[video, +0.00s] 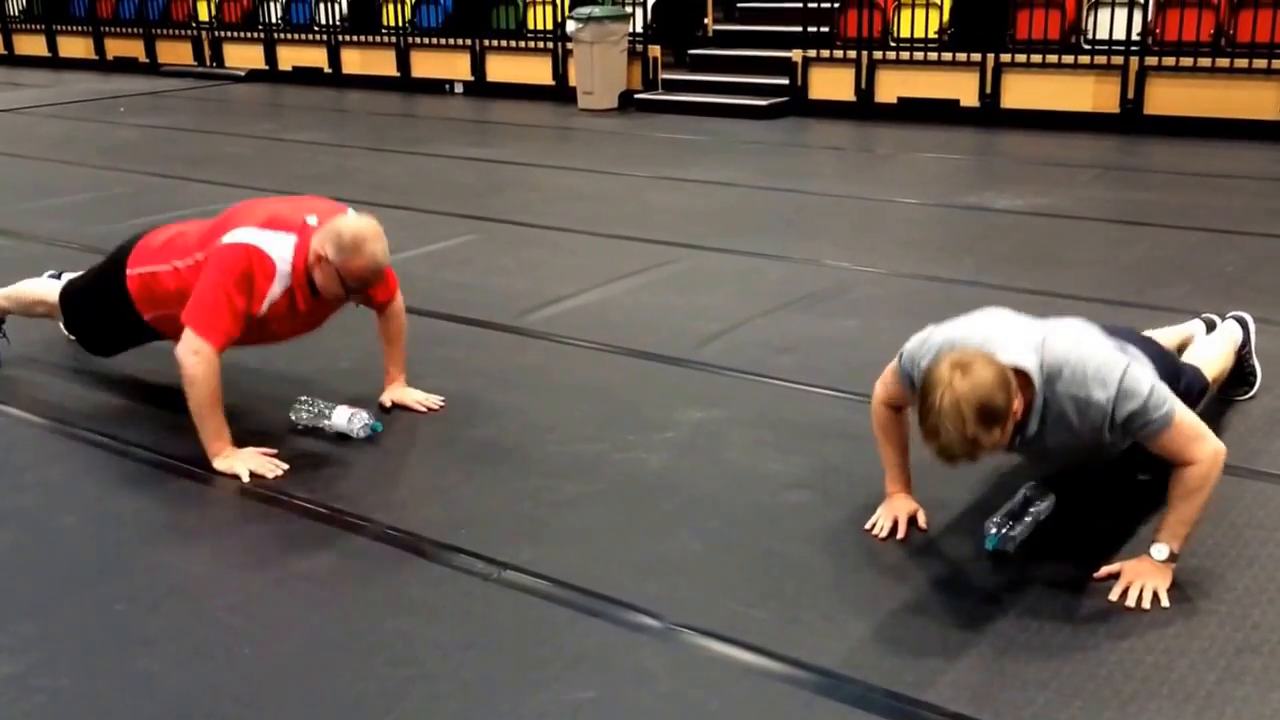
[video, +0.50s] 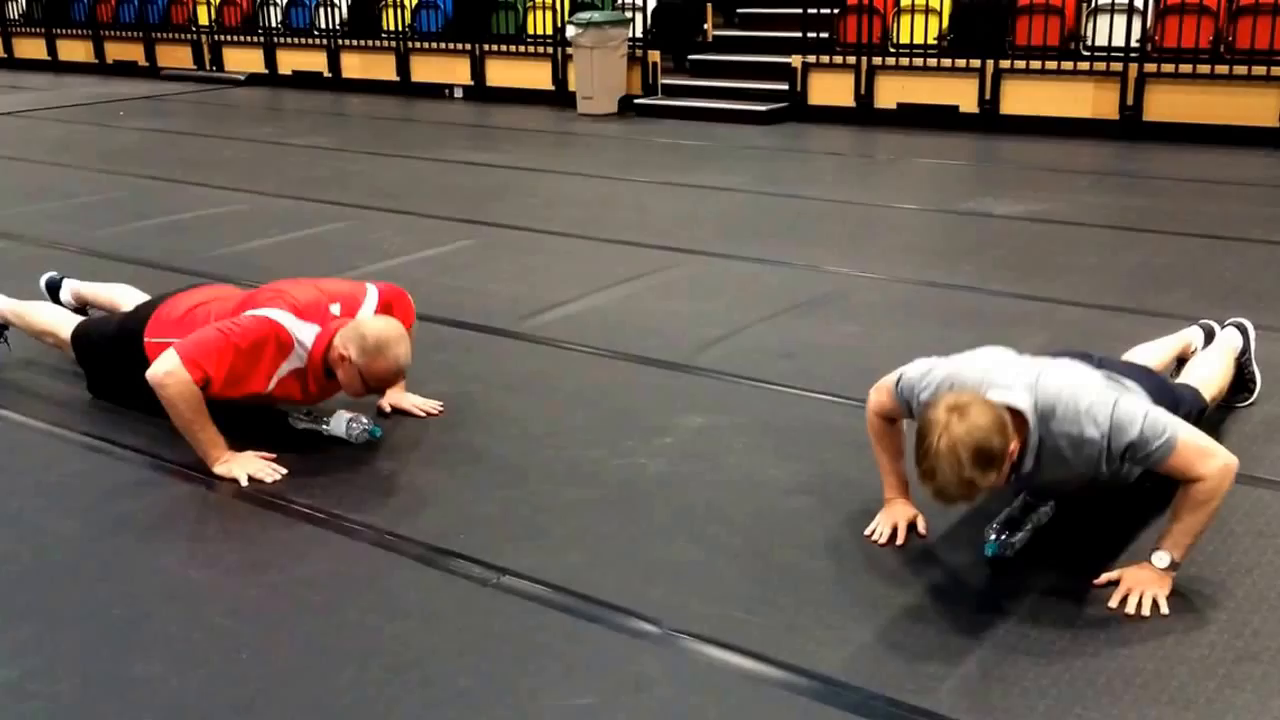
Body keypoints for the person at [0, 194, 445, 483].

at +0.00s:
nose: (352, 298)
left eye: (363, 289)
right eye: (346, 286)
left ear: (379, 256)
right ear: (321, 258)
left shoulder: (360, 246)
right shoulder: (249, 260)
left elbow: (391, 306)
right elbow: (194, 354)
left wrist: (396, 381)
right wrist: (224, 452)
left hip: (205, 269)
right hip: (146, 280)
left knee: (113, 304)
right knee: (68, 305)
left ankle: (69, 293)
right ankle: (13, 298)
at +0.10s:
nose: (346, 271)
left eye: (356, 259)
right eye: (340, 257)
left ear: (361, 233)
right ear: (311, 225)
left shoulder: (343, 221)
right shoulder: (242, 240)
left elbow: (365, 300)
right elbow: (226, 347)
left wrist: (394, 381)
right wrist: (226, 448)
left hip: (188, 283)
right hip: (134, 275)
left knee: (98, 303)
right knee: (66, 299)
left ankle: (47, 303)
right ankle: (6, 298)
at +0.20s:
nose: (345, 279)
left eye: (356, 270)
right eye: (339, 267)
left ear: (360, 240)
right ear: (313, 235)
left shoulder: (346, 227)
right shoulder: (240, 246)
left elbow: (372, 301)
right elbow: (210, 349)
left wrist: (394, 383)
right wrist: (224, 451)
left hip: (181, 280)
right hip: (131, 279)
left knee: (102, 307)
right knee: (63, 300)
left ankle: (61, 308)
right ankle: (6, 298)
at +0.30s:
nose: (351, 320)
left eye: (363, 312)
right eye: (346, 309)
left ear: (384, 281)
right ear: (324, 280)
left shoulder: (361, 253)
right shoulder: (252, 276)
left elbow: (393, 308)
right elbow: (184, 360)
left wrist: (396, 384)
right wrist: (223, 454)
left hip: (194, 264)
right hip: (143, 291)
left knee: (115, 289)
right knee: (67, 313)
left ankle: (71, 288)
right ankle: (9, 302)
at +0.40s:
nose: (349, 358)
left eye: (365, 356)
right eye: (346, 348)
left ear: (390, 327)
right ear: (331, 317)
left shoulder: (374, 291)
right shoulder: (261, 308)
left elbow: (399, 313)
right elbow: (172, 370)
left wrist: (395, 385)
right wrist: (222, 455)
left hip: (200, 286)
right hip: (147, 318)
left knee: (134, 292)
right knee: (73, 327)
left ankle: (64, 285)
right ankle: (5, 307)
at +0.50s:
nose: (371, 393)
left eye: (380, 387)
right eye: (365, 386)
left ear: (401, 336)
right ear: (342, 357)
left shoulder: (385, 306)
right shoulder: (265, 338)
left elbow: (400, 305)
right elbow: (167, 376)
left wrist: (392, 385)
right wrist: (221, 457)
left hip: (212, 304)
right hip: (151, 335)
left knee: (140, 306)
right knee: (71, 335)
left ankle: (65, 288)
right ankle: (6, 306)